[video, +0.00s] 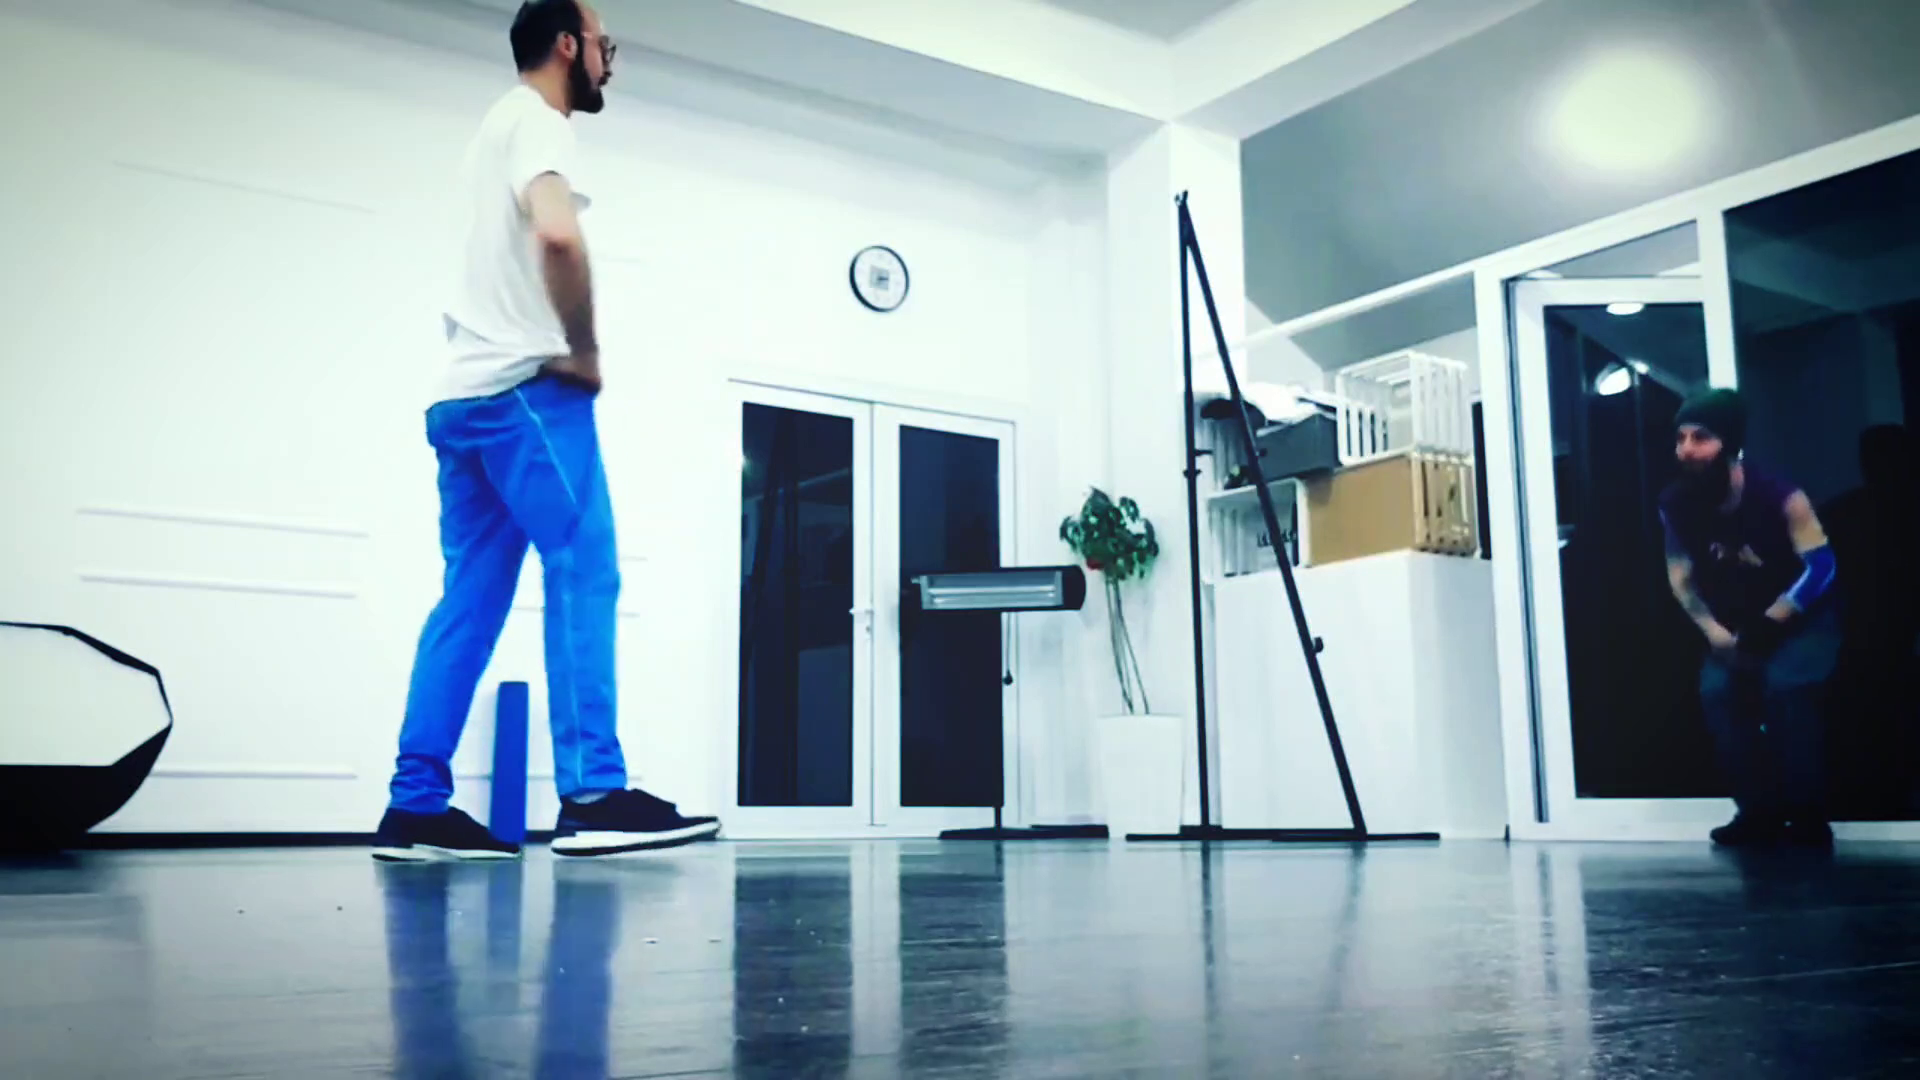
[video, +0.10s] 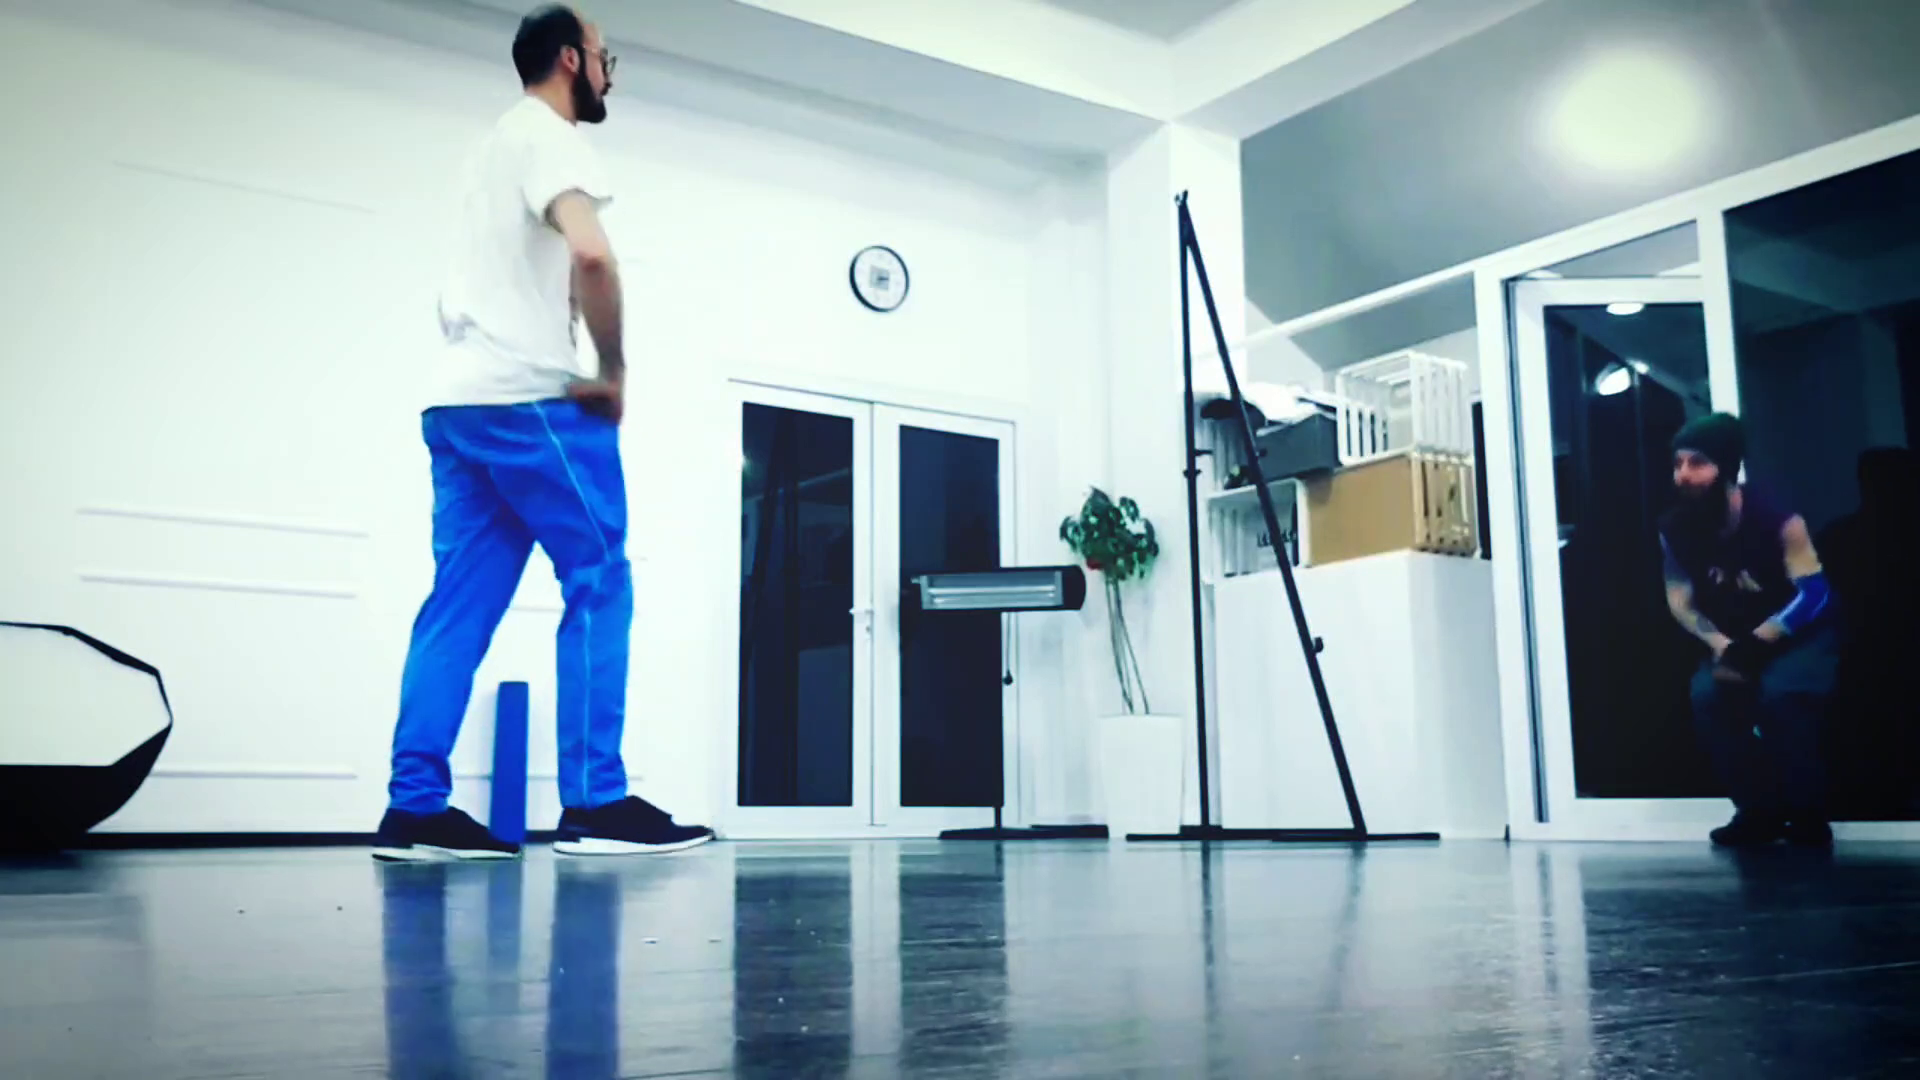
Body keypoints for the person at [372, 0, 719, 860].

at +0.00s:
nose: (607, 65)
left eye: (606, 49)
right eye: (602, 46)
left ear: (536, 50)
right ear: (569, 45)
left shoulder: (499, 126)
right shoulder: (534, 122)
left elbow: (487, 263)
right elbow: (558, 238)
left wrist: (529, 350)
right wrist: (584, 351)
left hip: (467, 401)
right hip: (529, 395)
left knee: (471, 600)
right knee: (586, 575)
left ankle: (416, 802)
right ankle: (595, 791)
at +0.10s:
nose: (608, 74)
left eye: (605, 58)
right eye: (602, 56)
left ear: (533, 64)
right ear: (573, 58)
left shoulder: (498, 137)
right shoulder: (547, 134)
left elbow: (494, 273)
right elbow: (592, 256)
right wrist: (610, 372)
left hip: (464, 402)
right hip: (535, 400)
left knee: (461, 601)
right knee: (600, 581)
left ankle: (415, 803)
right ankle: (596, 798)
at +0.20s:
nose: (617, 93)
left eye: (615, 80)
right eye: (610, 78)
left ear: (543, 85)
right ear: (578, 78)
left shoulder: (491, 170)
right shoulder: (564, 150)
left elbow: (441, 323)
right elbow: (605, 281)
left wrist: (499, 385)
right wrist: (628, 379)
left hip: (461, 408)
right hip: (542, 409)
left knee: (458, 604)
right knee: (593, 596)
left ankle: (416, 802)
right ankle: (594, 802)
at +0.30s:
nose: (624, 117)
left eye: (622, 103)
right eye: (620, 101)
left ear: (549, 108)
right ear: (594, 99)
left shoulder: (489, 186)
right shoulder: (593, 170)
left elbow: (441, 338)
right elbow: (607, 309)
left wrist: (504, 398)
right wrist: (633, 386)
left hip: (470, 419)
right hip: (561, 423)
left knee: (464, 607)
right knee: (575, 621)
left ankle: (420, 803)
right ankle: (585, 806)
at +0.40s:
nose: (637, 135)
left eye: (633, 124)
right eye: (635, 123)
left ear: (564, 125)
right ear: (619, 119)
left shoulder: (500, 199)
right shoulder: (618, 191)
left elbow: (448, 337)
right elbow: (622, 328)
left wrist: (508, 403)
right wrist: (640, 404)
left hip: (484, 421)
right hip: (575, 427)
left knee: (477, 605)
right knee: (578, 624)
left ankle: (427, 791)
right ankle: (582, 810)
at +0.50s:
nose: (650, 157)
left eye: (649, 146)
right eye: (651, 145)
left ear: (581, 137)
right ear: (638, 138)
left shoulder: (509, 204)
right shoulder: (641, 208)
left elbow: (456, 326)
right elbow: (665, 348)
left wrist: (503, 403)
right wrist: (640, 410)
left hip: (503, 424)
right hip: (595, 428)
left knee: (495, 610)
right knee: (591, 622)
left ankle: (444, 759)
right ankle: (582, 810)